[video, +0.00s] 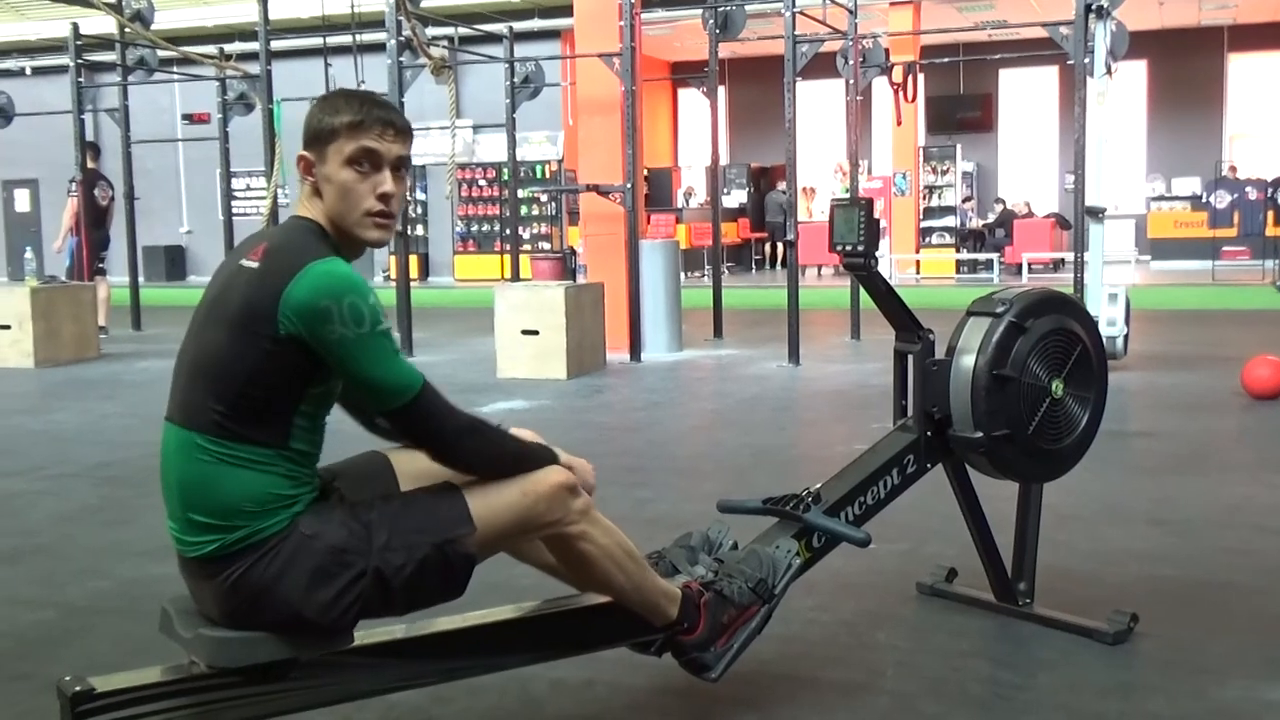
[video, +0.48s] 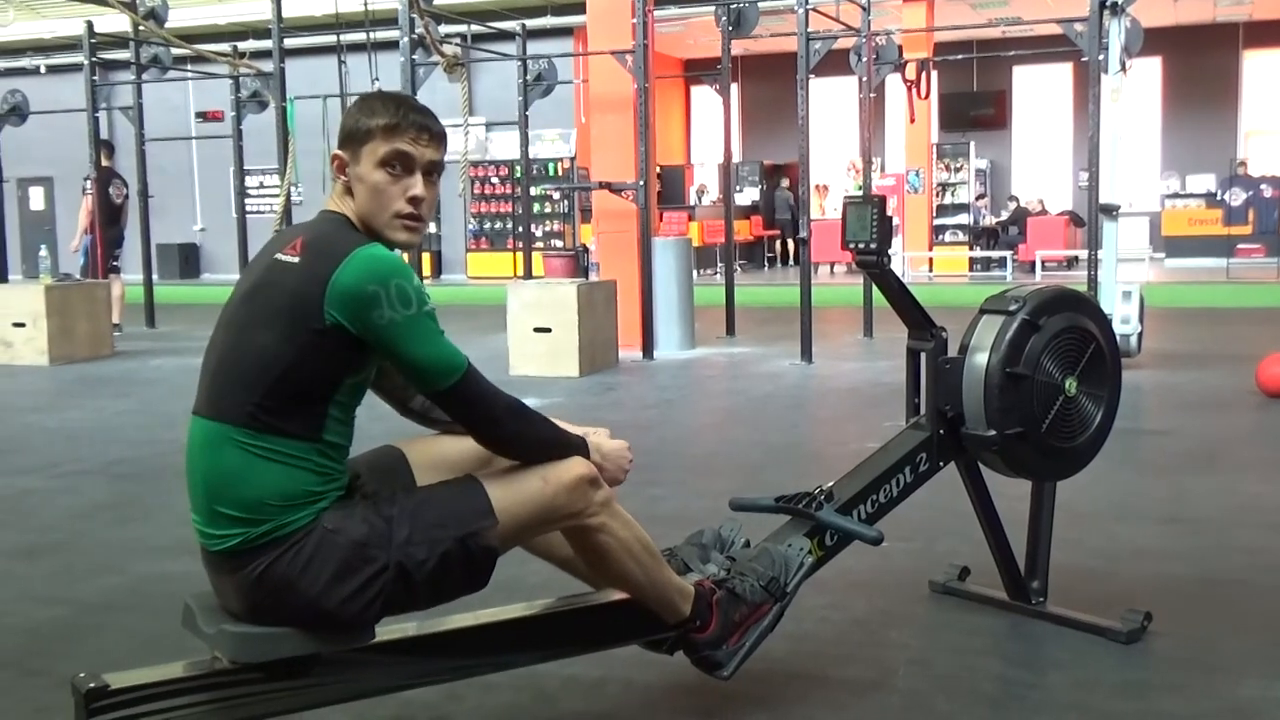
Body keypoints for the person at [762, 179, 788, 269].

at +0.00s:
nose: (786, 187)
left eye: (785, 185)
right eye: (785, 186)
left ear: (776, 186)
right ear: (782, 186)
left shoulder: (768, 196)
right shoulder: (783, 197)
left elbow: (765, 208)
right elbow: (786, 209)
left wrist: (767, 217)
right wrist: (788, 218)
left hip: (768, 220)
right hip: (779, 221)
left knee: (767, 241)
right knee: (779, 242)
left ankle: (767, 263)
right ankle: (778, 263)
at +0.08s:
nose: (787, 186)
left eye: (787, 184)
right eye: (786, 184)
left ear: (777, 185)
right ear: (783, 185)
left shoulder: (770, 195)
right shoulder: (785, 196)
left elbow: (767, 209)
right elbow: (788, 208)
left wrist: (766, 218)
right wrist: (790, 218)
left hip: (771, 220)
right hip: (781, 220)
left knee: (771, 241)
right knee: (783, 242)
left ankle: (771, 262)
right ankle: (783, 262)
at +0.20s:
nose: (788, 185)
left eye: (788, 183)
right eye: (787, 183)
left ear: (779, 184)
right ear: (782, 184)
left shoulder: (771, 195)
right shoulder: (786, 195)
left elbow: (769, 207)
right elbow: (789, 207)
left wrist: (770, 214)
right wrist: (792, 213)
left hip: (772, 219)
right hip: (783, 219)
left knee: (771, 241)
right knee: (784, 241)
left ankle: (771, 261)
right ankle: (783, 262)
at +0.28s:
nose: (788, 185)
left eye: (787, 183)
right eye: (786, 183)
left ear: (778, 184)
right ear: (782, 184)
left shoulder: (771, 195)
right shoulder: (786, 195)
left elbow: (770, 205)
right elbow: (789, 207)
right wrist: (791, 213)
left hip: (772, 219)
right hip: (783, 219)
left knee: (774, 241)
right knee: (785, 242)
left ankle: (774, 262)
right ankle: (786, 262)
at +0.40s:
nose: (789, 184)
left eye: (788, 182)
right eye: (787, 182)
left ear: (780, 183)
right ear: (782, 183)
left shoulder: (774, 193)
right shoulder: (787, 194)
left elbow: (773, 205)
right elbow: (790, 205)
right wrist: (794, 215)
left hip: (775, 218)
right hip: (785, 218)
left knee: (775, 240)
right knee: (787, 240)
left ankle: (775, 261)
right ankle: (788, 260)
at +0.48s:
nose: (788, 184)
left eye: (788, 182)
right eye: (788, 182)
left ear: (780, 183)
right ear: (786, 183)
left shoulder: (776, 193)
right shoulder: (789, 194)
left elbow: (775, 205)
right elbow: (792, 205)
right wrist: (796, 215)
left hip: (777, 218)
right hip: (787, 218)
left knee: (777, 239)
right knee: (789, 239)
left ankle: (777, 260)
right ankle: (791, 259)